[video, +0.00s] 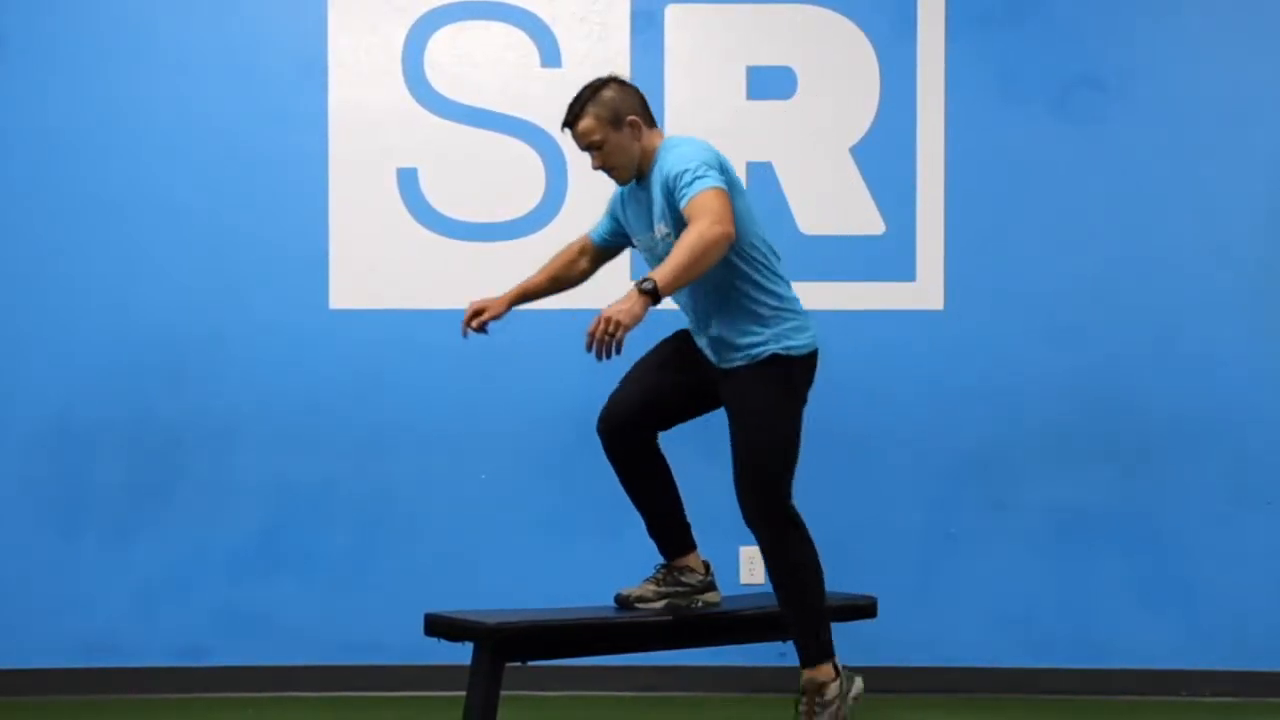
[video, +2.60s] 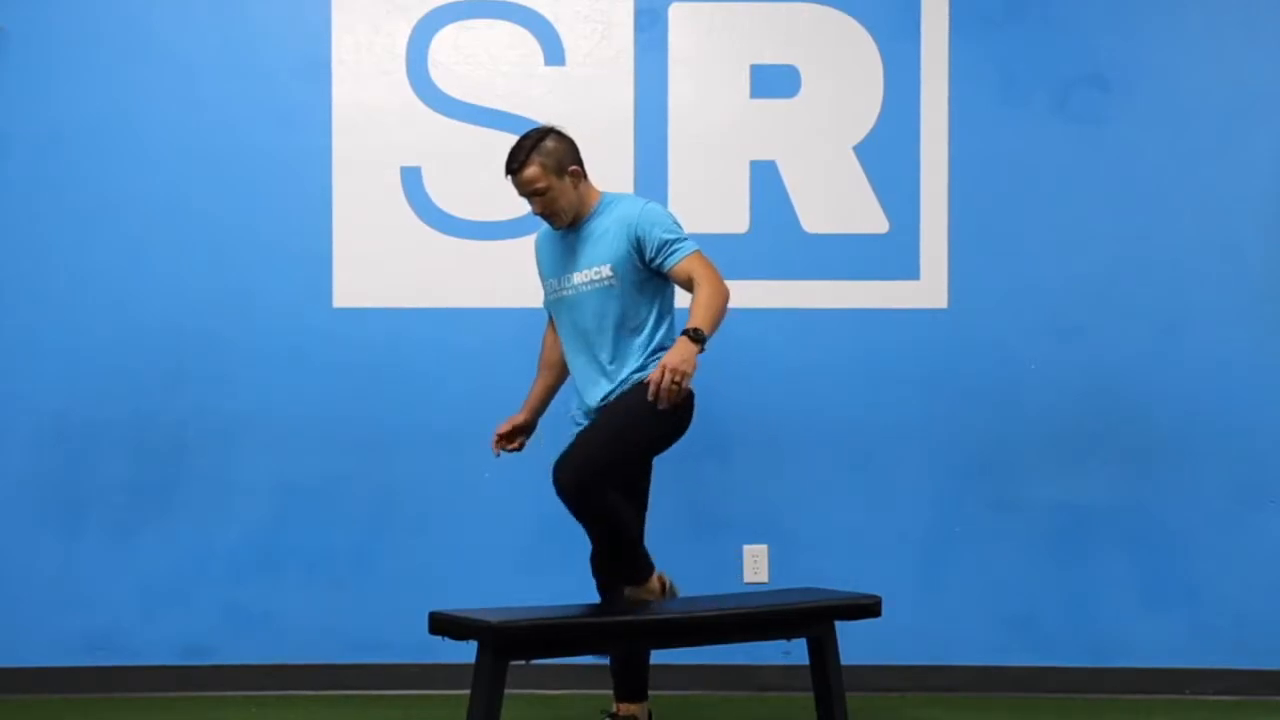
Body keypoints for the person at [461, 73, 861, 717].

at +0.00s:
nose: (592, 162)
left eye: (595, 146)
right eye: (585, 151)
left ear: (634, 126)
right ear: (622, 135)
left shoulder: (688, 162)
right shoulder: (631, 194)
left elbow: (715, 230)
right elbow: (584, 256)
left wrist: (641, 293)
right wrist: (509, 297)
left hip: (771, 348)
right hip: (709, 345)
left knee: (765, 504)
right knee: (622, 424)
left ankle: (822, 675)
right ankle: (686, 569)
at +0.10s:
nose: (585, 130)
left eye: (588, 114)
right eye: (578, 118)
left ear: (629, 95)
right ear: (614, 104)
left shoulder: (688, 134)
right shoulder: (619, 164)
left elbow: (721, 210)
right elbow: (575, 225)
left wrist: (657, 278)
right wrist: (503, 266)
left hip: (760, 313)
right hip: (694, 318)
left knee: (721, 457)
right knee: (631, 419)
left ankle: (812, 605)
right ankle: (688, 571)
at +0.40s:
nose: (580, 34)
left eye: (585, 18)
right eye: (574, 22)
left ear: (627, 3)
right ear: (582, 17)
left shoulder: (695, 53)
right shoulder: (605, 76)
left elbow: (759, 142)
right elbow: (604, 155)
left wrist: (744, 232)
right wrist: (563, 219)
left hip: (718, 253)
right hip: (654, 265)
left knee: (680, 394)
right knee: (647, 405)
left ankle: (726, 551)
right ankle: (682, 560)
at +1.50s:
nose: (618, 71)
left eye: (625, 58)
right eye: (611, 60)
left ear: (663, 37)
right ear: (608, 49)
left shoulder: (724, 102)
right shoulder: (619, 91)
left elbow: (785, 198)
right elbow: (623, 175)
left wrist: (752, 277)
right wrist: (601, 253)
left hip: (703, 285)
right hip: (633, 288)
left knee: (667, 414)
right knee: (612, 429)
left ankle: (721, 569)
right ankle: (603, 581)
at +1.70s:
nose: (610, 160)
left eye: (620, 150)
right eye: (605, 149)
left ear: (657, 130)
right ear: (599, 136)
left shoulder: (709, 183)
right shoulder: (595, 169)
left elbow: (789, 258)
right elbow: (577, 237)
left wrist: (775, 340)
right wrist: (529, 306)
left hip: (694, 348)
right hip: (620, 362)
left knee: (635, 434)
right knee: (608, 508)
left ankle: (716, 566)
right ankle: (598, 655)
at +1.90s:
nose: (584, 227)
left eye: (594, 216)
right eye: (577, 216)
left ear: (628, 199)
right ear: (571, 205)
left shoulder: (682, 245)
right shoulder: (567, 248)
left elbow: (752, 317)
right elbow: (545, 331)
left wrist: (767, 393)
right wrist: (489, 388)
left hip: (686, 401)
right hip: (610, 423)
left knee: (625, 437)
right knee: (593, 569)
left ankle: (710, 562)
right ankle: (623, 707)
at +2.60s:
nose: (534, 207)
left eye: (539, 193)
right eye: (526, 197)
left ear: (574, 176)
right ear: (526, 192)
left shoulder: (636, 219)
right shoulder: (549, 243)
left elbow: (712, 286)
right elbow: (560, 333)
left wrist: (690, 343)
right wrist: (529, 415)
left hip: (654, 391)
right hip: (599, 411)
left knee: (576, 474)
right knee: (612, 558)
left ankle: (645, 583)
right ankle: (630, 703)